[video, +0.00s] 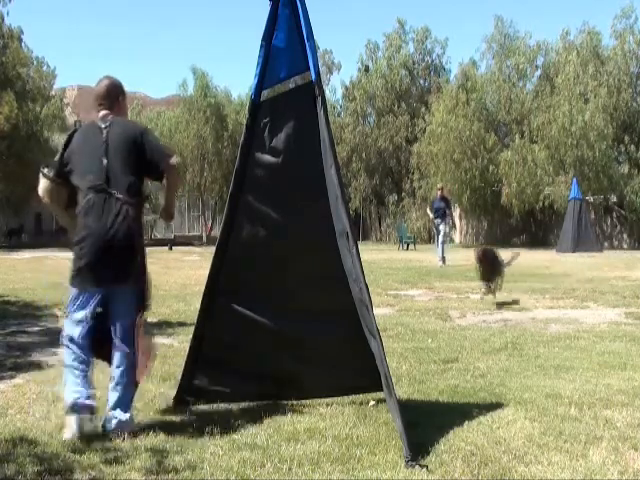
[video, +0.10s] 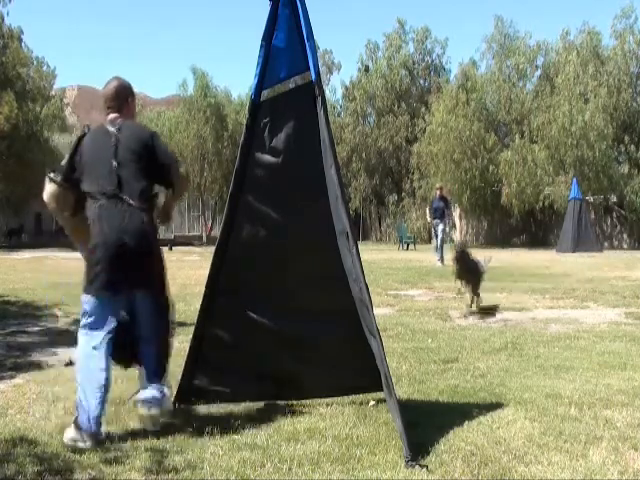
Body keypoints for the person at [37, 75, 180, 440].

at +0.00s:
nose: (129, 106)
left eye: (125, 102)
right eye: (127, 102)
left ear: (94, 106)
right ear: (122, 104)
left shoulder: (77, 136)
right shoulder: (134, 132)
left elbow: (47, 189)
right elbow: (172, 166)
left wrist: (73, 219)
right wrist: (168, 205)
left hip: (89, 240)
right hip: (127, 240)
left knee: (75, 332)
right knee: (125, 335)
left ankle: (77, 405)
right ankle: (119, 418)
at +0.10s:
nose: (135, 108)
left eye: (130, 103)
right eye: (135, 103)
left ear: (103, 106)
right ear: (131, 105)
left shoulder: (86, 140)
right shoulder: (145, 137)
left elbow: (54, 196)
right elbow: (178, 182)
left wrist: (82, 236)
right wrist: (166, 210)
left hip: (101, 239)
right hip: (141, 239)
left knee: (94, 329)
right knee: (151, 319)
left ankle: (87, 425)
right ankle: (153, 394)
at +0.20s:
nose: (136, 109)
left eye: (123, 104)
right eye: (147, 102)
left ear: (118, 106)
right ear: (147, 104)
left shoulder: (104, 139)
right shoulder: (164, 138)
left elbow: (74, 197)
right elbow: (194, 185)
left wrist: (97, 239)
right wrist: (172, 217)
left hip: (120, 247)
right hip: (160, 246)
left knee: (103, 336)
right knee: (172, 327)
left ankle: (87, 426)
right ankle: (206, 398)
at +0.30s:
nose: (154, 105)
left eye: (137, 102)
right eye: (164, 98)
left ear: (135, 101)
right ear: (166, 100)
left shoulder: (129, 135)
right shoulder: (187, 136)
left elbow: (106, 186)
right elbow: (209, 182)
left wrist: (110, 243)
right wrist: (192, 220)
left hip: (147, 251)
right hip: (187, 252)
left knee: (121, 342)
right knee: (200, 343)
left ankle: (90, 427)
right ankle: (229, 420)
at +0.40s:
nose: (154, 105)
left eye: (153, 100)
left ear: (154, 100)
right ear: (182, 99)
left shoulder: (152, 134)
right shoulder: (204, 135)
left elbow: (128, 175)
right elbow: (228, 176)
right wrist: (216, 212)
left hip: (180, 242)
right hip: (216, 242)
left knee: (152, 326)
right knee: (214, 333)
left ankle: (144, 423)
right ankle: (227, 420)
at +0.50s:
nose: (169, 100)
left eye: (168, 94)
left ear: (169, 96)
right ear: (197, 93)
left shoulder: (173, 132)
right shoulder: (220, 131)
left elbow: (150, 184)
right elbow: (239, 176)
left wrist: (148, 245)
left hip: (209, 237)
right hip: (240, 236)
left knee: (182, 328)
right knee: (228, 327)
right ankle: (220, 408)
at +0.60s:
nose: (184, 96)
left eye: (183, 90)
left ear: (183, 93)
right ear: (213, 90)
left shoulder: (195, 129)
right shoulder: (230, 127)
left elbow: (169, 183)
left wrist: (166, 246)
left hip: (232, 234)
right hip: (239, 231)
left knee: (227, 333)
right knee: (223, 330)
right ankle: (225, 418)